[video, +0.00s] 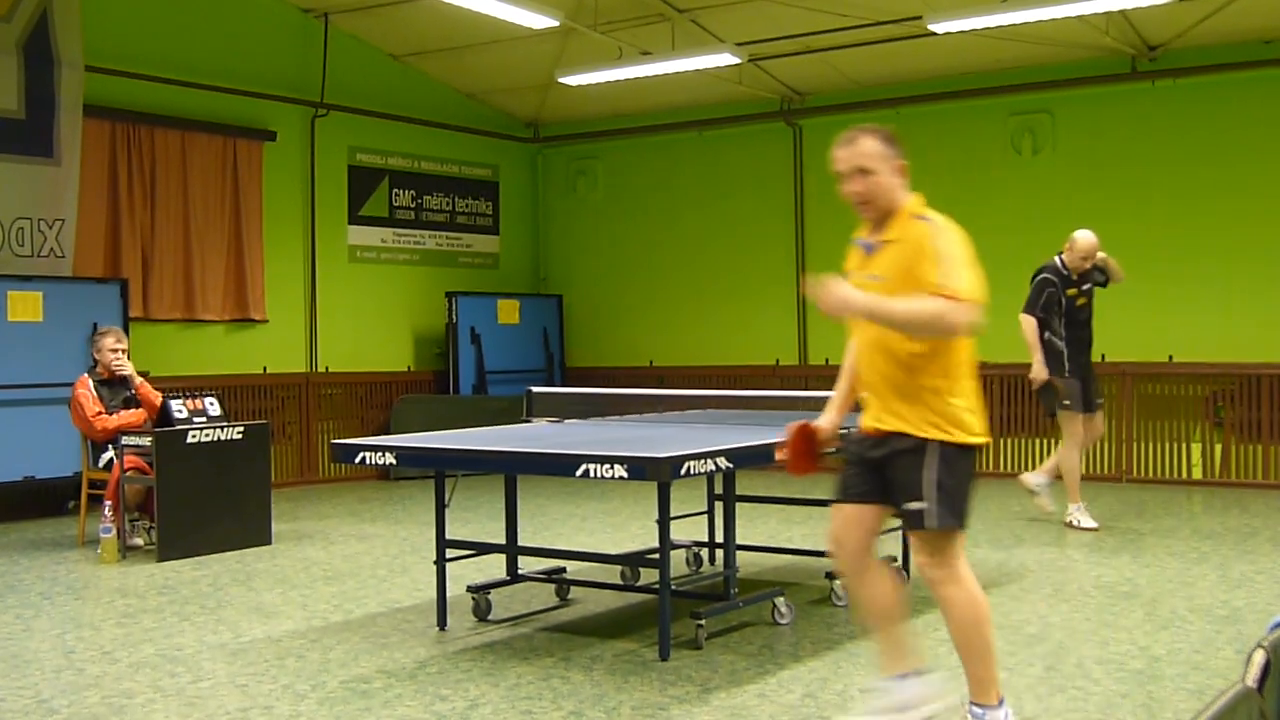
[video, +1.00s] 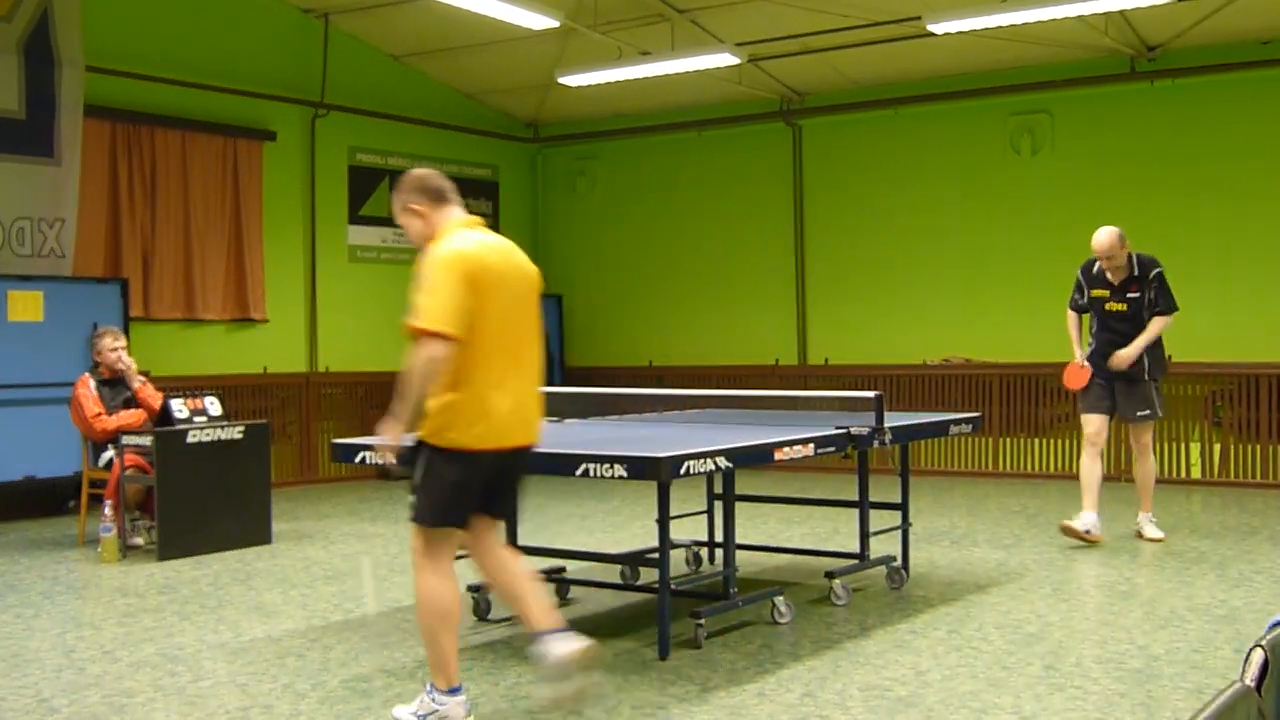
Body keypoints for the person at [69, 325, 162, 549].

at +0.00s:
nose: (120, 357)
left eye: (123, 352)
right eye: (113, 351)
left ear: (128, 355)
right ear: (96, 355)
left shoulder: (133, 381)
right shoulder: (84, 385)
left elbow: (162, 413)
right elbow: (98, 427)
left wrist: (136, 379)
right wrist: (142, 415)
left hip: (147, 446)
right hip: (112, 449)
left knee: (172, 469)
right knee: (135, 475)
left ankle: (152, 521)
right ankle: (129, 521)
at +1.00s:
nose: (121, 356)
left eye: (124, 350)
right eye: (114, 350)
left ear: (129, 352)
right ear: (97, 356)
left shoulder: (137, 381)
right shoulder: (86, 385)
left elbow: (162, 412)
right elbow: (98, 427)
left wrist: (134, 381)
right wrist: (142, 416)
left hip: (146, 444)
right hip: (112, 447)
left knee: (169, 469)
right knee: (134, 474)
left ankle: (147, 520)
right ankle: (129, 519)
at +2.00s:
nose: (121, 356)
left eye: (124, 351)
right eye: (114, 351)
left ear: (128, 354)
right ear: (97, 355)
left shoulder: (137, 381)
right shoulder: (84, 385)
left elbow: (162, 412)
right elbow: (97, 428)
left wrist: (132, 383)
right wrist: (141, 416)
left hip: (146, 445)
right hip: (112, 449)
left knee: (172, 469)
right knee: (135, 475)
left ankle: (153, 519)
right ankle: (131, 518)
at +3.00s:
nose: (120, 357)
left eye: (123, 352)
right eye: (113, 352)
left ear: (128, 354)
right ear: (97, 355)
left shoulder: (137, 382)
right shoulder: (84, 386)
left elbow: (163, 413)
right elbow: (96, 429)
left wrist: (133, 385)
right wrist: (141, 416)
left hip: (146, 446)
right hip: (111, 449)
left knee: (170, 468)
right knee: (132, 474)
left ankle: (151, 521)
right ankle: (131, 519)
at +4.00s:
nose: (120, 356)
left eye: (123, 351)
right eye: (113, 351)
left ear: (128, 354)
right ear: (97, 355)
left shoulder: (138, 381)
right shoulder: (85, 385)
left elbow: (162, 412)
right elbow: (97, 428)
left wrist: (132, 384)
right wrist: (142, 415)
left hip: (147, 446)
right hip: (112, 449)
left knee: (170, 469)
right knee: (133, 474)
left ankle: (152, 521)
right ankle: (131, 520)